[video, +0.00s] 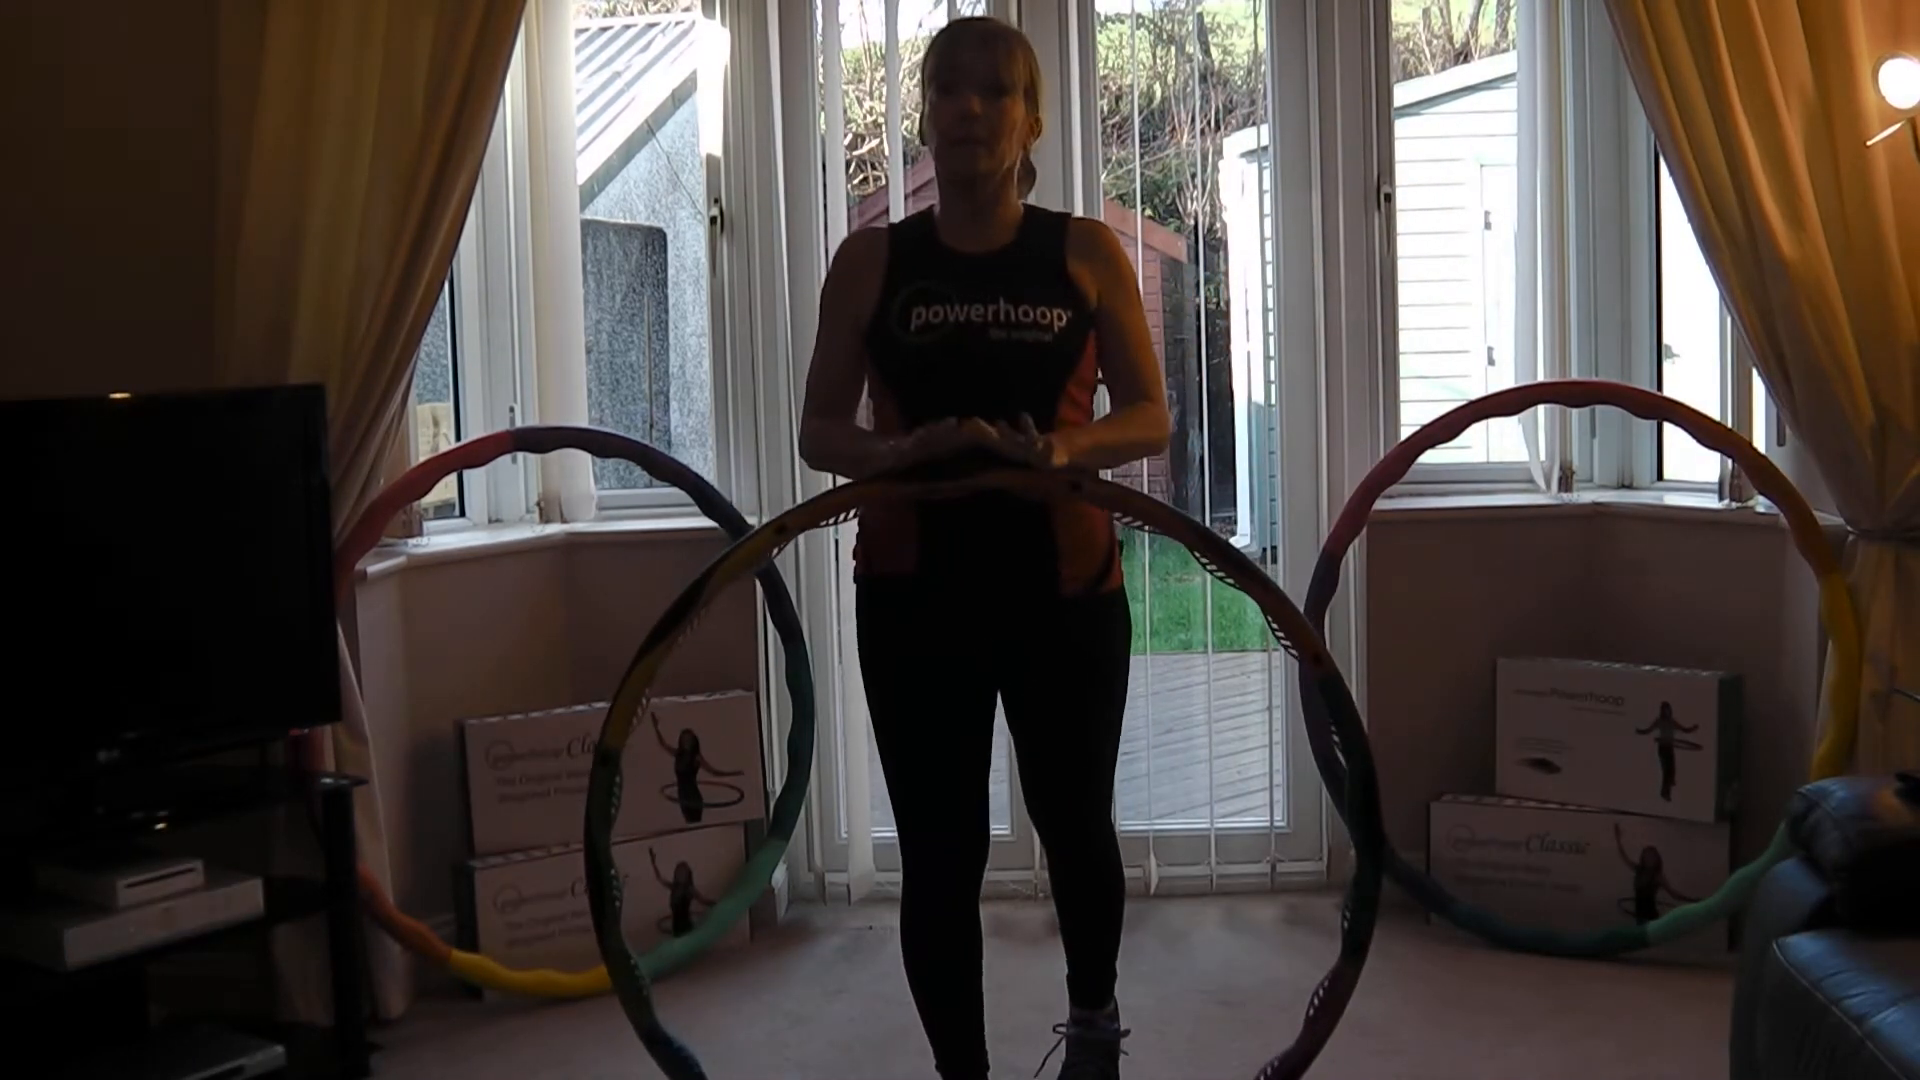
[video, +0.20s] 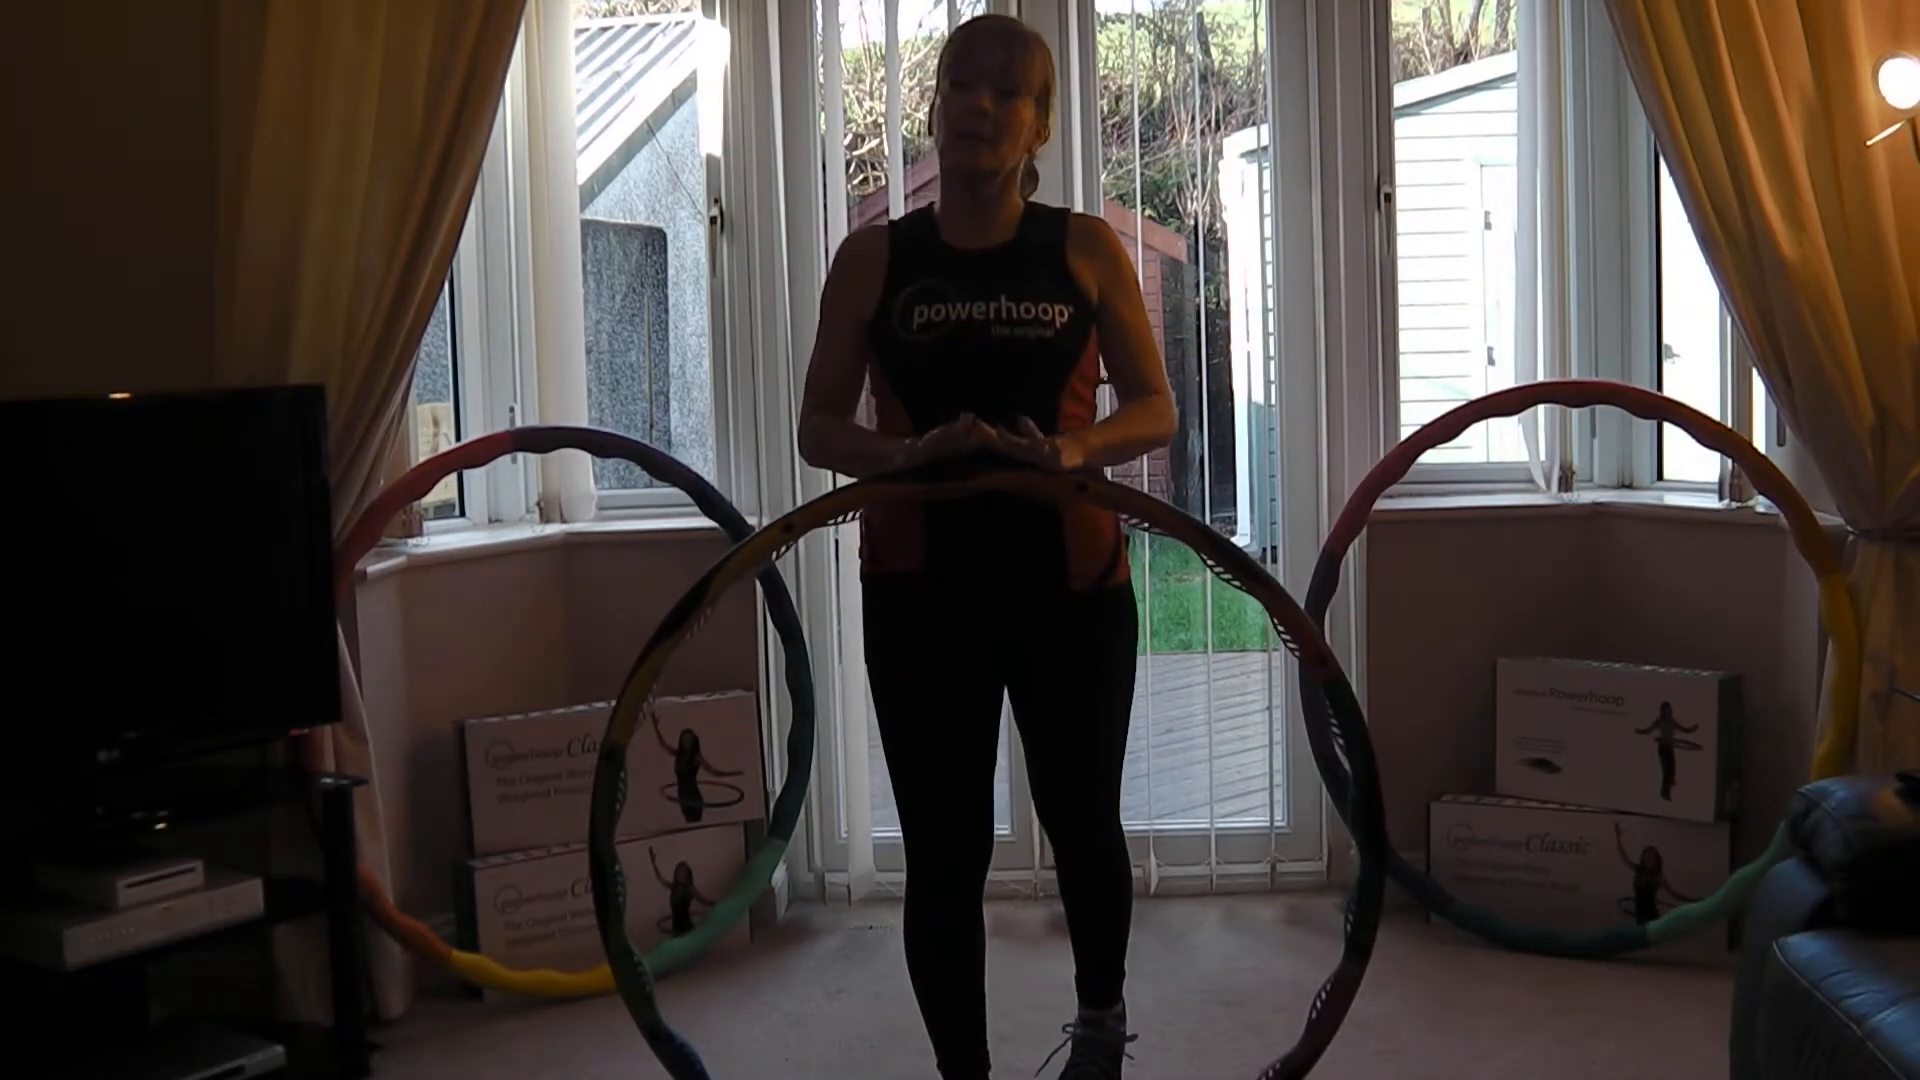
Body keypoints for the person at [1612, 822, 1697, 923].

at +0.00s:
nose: (1648, 859)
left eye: (1651, 856)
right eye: (1646, 856)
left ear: (1656, 859)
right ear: (1642, 858)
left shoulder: (1657, 876)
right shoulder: (1639, 870)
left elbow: (1673, 894)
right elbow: (1624, 857)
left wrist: (1692, 900)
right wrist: (1618, 839)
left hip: (1651, 913)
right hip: (1639, 912)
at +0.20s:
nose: (1648, 860)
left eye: (1651, 857)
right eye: (1646, 857)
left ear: (1657, 860)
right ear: (1642, 858)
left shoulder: (1657, 877)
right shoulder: (1639, 870)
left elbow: (1674, 894)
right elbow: (1623, 857)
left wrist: (1693, 901)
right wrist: (1618, 837)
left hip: (1651, 912)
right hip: (1639, 911)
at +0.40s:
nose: (1648, 860)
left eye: (1651, 857)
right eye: (1646, 857)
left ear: (1657, 860)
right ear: (1642, 858)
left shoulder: (1657, 877)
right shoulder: (1639, 870)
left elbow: (1674, 894)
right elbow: (1623, 856)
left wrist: (1693, 901)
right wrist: (1618, 837)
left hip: (1651, 912)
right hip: (1639, 911)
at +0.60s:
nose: (1648, 860)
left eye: (1652, 857)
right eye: (1646, 856)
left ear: (1657, 860)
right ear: (1642, 858)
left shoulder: (1657, 877)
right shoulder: (1639, 870)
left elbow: (1674, 894)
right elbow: (1623, 856)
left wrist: (1693, 901)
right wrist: (1618, 838)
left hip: (1651, 912)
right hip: (1639, 910)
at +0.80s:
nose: (1648, 860)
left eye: (1651, 857)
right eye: (1646, 856)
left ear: (1657, 860)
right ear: (1642, 858)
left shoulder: (1657, 877)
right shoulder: (1639, 870)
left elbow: (1674, 894)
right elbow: (1623, 857)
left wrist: (1693, 901)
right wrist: (1618, 838)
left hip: (1651, 912)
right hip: (1639, 911)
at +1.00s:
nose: (1648, 860)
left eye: (1651, 857)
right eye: (1646, 856)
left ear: (1657, 860)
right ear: (1642, 858)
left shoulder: (1657, 877)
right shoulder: (1639, 870)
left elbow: (1674, 894)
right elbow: (1623, 857)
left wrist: (1693, 901)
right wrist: (1618, 838)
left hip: (1651, 912)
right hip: (1639, 911)